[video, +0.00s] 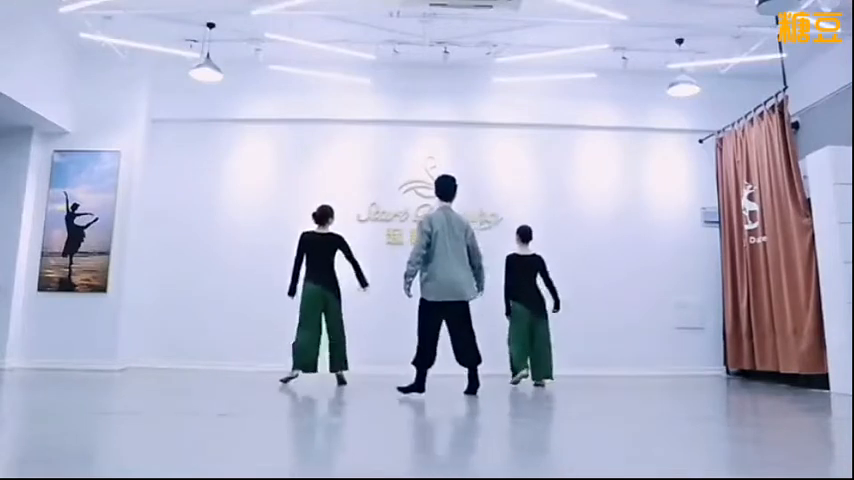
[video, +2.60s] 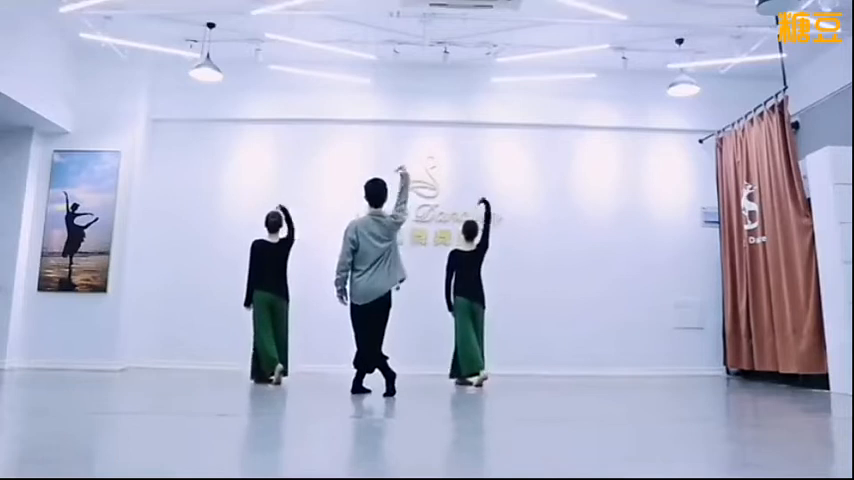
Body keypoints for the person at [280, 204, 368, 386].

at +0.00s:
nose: (332, 221)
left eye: (330, 218)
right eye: (332, 218)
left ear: (315, 218)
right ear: (330, 220)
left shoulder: (306, 237)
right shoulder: (336, 239)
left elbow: (298, 263)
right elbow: (351, 260)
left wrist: (292, 286)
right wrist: (362, 280)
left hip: (310, 288)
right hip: (331, 288)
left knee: (306, 327)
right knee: (335, 328)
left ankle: (297, 366)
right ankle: (339, 369)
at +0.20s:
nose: (312, 223)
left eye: (308, 219)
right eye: (314, 220)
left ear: (300, 220)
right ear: (315, 221)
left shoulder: (289, 238)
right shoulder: (319, 240)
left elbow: (279, 264)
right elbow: (340, 260)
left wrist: (268, 287)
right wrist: (361, 269)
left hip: (291, 289)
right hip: (311, 290)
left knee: (289, 329)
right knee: (315, 329)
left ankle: (285, 369)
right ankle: (318, 369)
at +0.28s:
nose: (308, 227)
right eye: (310, 224)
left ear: (295, 223)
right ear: (311, 225)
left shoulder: (285, 242)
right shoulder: (315, 243)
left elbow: (276, 269)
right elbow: (332, 265)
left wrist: (265, 291)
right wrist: (351, 277)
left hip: (287, 292)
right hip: (307, 294)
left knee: (284, 331)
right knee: (306, 332)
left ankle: (284, 370)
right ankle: (301, 370)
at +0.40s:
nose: (293, 238)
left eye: (289, 234)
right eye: (295, 234)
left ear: (285, 234)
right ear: (301, 234)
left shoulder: (279, 252)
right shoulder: (308, 252)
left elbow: (272, 281)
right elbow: (312, 280)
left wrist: (265, 302)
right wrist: (318, 299)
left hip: (281, 300)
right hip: (300, 302)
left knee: (276, 335)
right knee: (292, 336)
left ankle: (278, 371)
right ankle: (288, 370)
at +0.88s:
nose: (279, 241)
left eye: (275, 238)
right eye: (283, 237)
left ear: (272, 237)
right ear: (288, 237)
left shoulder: (265, 252)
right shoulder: (294, 250)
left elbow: (261, 281)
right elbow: (293, 280)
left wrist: (256, 305)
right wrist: (296, 306)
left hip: (269, 300)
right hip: (290, 302)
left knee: (270, 338)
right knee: (279, 341)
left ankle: (279, 368)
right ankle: (264, 376)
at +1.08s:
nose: (279, 235)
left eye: (274, 232)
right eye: (281, 232)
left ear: (270, 232)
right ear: (286, 231)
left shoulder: (263, 247)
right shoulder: (292, 245)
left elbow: (258, 277)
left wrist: (254, 301)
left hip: (267, 296)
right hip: (287, 296)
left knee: (268, 334)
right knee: (283, 335)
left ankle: (278, 366)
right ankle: (267, 372)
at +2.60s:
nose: (274, 226)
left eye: (271, 223)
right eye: (277, 224)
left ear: (265, 226)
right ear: (281, 227)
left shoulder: (257, 245)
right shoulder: (285, 246)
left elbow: (252, 274)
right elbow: (291, 231)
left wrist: (248, 298)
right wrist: (287, 215)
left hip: (261, 292)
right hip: (280, 293)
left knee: (263, 330)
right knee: (278, 331)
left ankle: (275, 365)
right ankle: (266, 373)